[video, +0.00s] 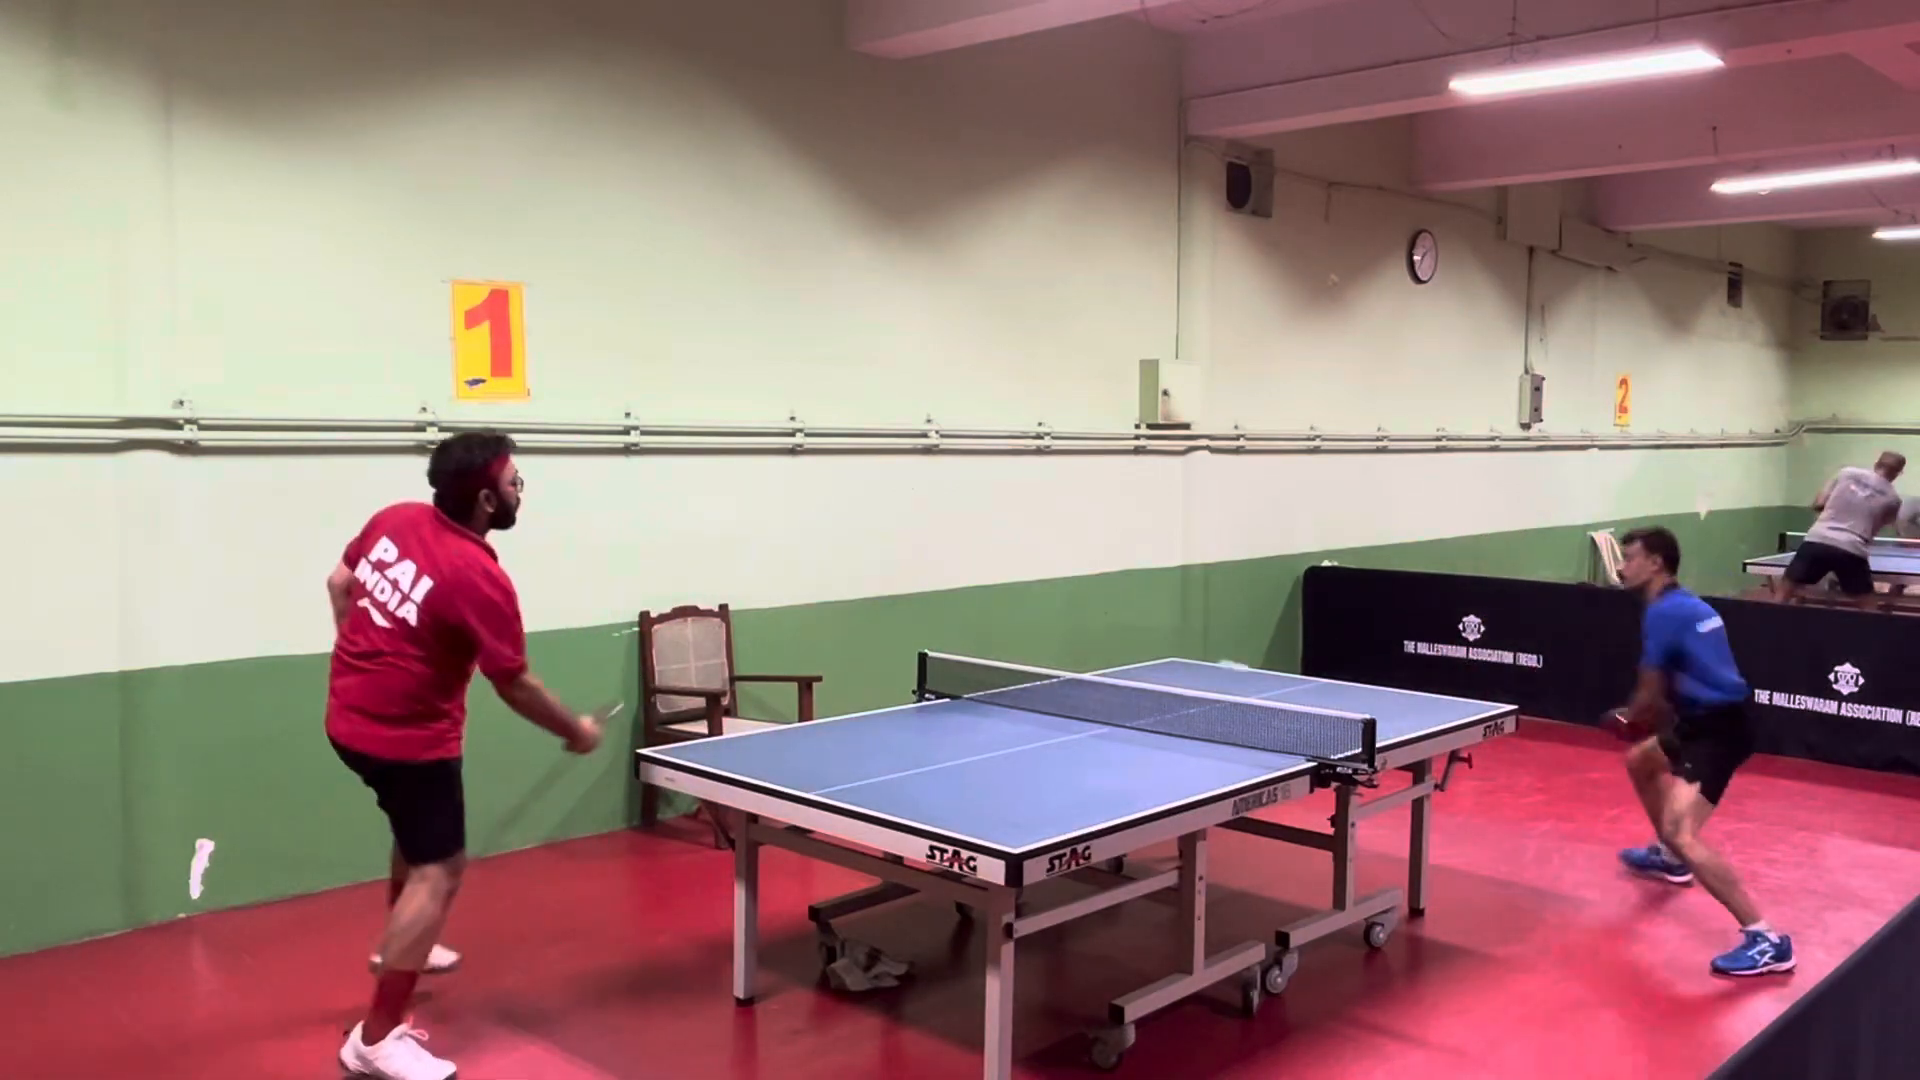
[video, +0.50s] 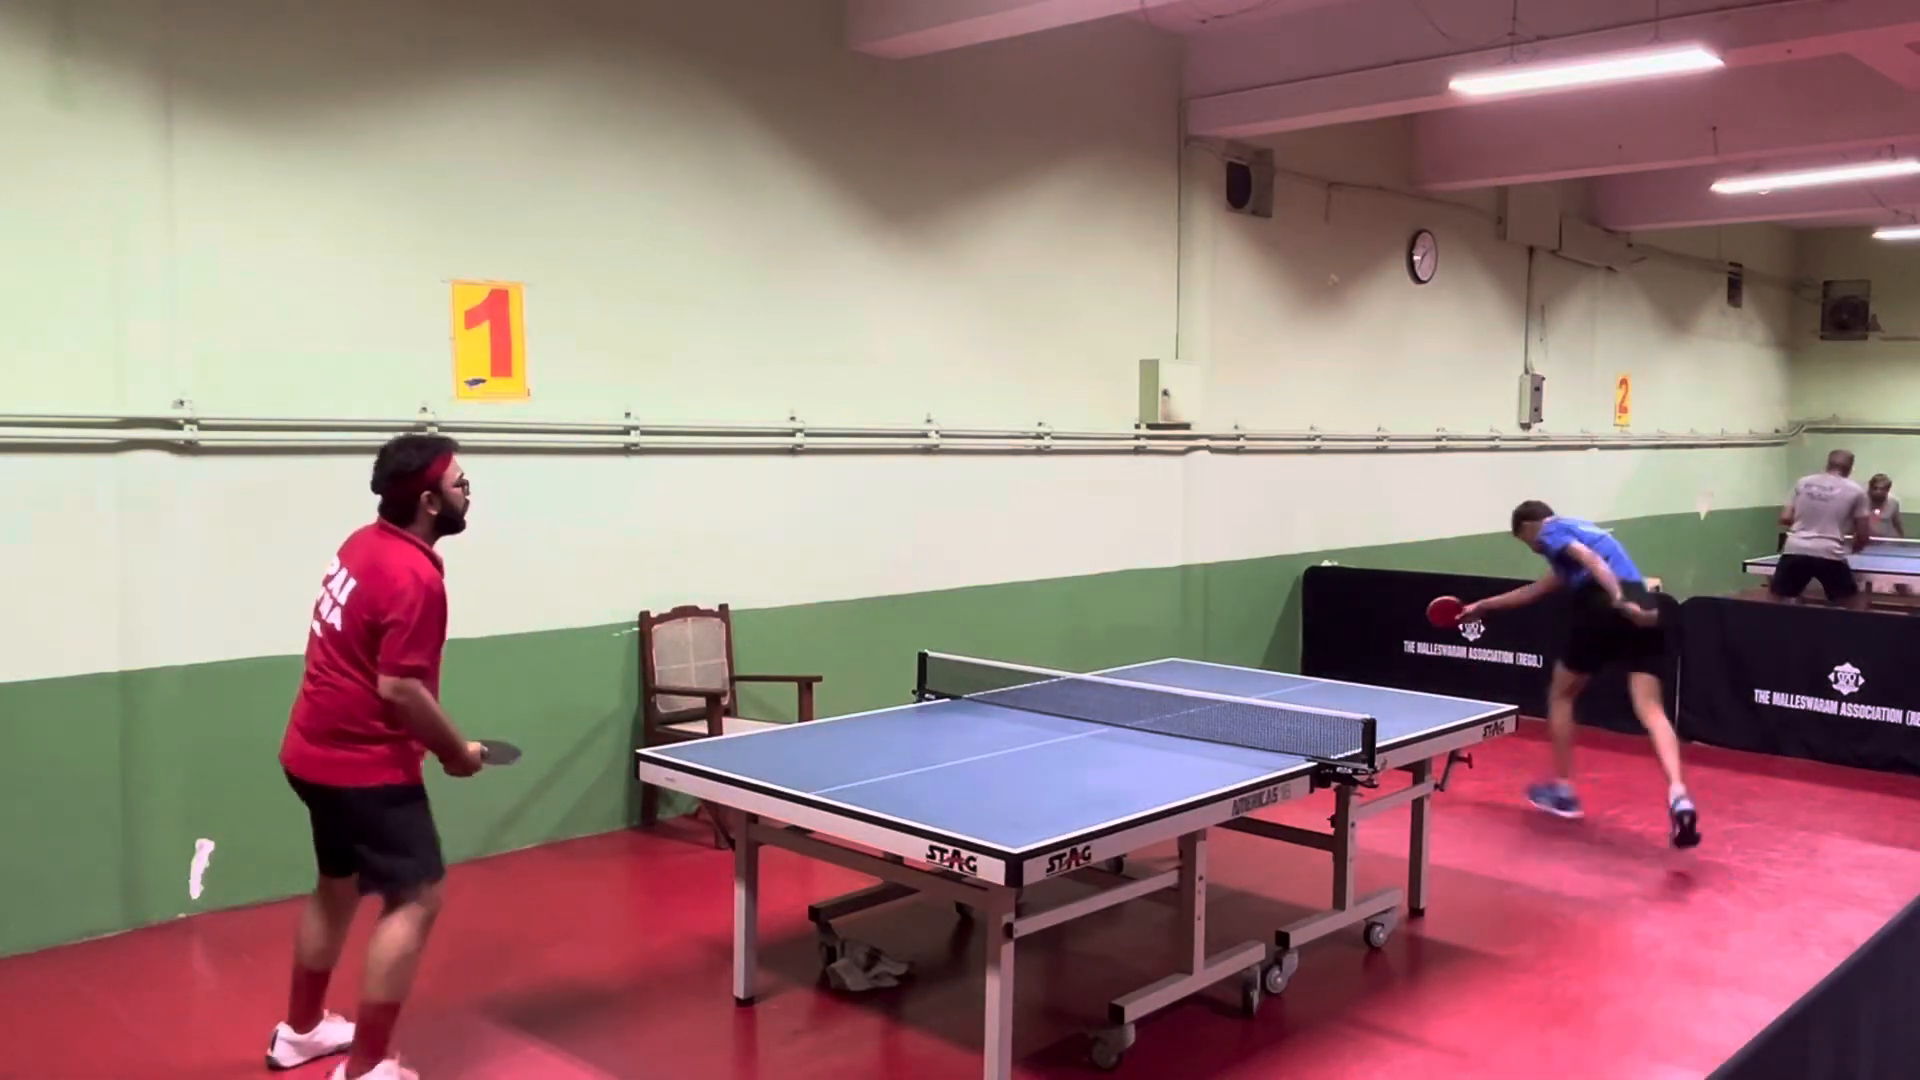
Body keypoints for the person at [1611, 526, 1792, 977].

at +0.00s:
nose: (1622, 566)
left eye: (1629, 558)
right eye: (1624, 558)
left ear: (1656, 565)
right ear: (1659, 567)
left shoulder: (1662, 612)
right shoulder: (1689, 603)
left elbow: (1650, 694)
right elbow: (1684, 681)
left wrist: (1630, 718)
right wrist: (1649, 718)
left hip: (1720, 723)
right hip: (1710, 717)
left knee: (1679, 833)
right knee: (1641, 763)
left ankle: (1763, 937)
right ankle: (1672, 856)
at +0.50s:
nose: (1528, 545)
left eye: (1524, 539)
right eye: (1523, 541)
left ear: (1528, 527)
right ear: (1549, 514)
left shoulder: (1549, 532)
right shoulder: (1579, 530)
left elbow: (1591, 559)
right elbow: (1535, 591)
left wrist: (1619, 599)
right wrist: (1481, 606)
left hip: (1602, 607)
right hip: (1646, 604)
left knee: (1562, 695)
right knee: (1648, 704)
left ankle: (1563, 789)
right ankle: (1679, 794)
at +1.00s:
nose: (1513, 504)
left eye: (1509, 500)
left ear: (1510, 496)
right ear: (1537, 486)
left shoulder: (1516, 513)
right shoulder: (1573, 512)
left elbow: (1503, 562)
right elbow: (1585, 562)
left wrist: (1481, 555)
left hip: (1539, 601)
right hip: (1576, 602)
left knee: (1505, 681)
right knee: (1549, 667)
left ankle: (1519, 747)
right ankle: (1535, 738)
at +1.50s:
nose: (1590, 480)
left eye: (1589, 474)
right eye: (1589, 474)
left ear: (1559, 472)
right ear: (1580, 472)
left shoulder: (1532, 505)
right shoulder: (1594, 503)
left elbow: (1514, 556)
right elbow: (1603, 555)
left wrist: (1505, 601)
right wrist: (1608, 589)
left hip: (1546, 587)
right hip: (1583, 587)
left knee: (1546, 655)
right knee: (1562, 657)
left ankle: (1541, 722)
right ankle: (1533, 727)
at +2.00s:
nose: (1692, 499)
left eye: (1694, 492)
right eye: (1690, 492)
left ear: (1670, 486)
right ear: (1675, 487)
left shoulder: (1648, 508)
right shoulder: (1654, 515)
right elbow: (1642, 572)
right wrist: (1672, 610)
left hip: (1616, 593)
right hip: (1634, 597)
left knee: (1594, 654)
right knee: (1690, 659)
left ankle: (1550, 717)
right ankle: (1705, 740)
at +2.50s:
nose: (1840, 510)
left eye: (1844, 505)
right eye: (1839, 502)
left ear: (1835, 499)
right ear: (1825, 491)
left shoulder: (1818, 525)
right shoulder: (1780, 517)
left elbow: (1820, 578)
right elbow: (1749, 567)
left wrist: (1836, 623)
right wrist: (1747, 619)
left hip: (1798, 607)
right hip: (1768, 604)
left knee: (1831, 667)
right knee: (1758, 676)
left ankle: (1832, 747)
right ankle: (1715, 743)